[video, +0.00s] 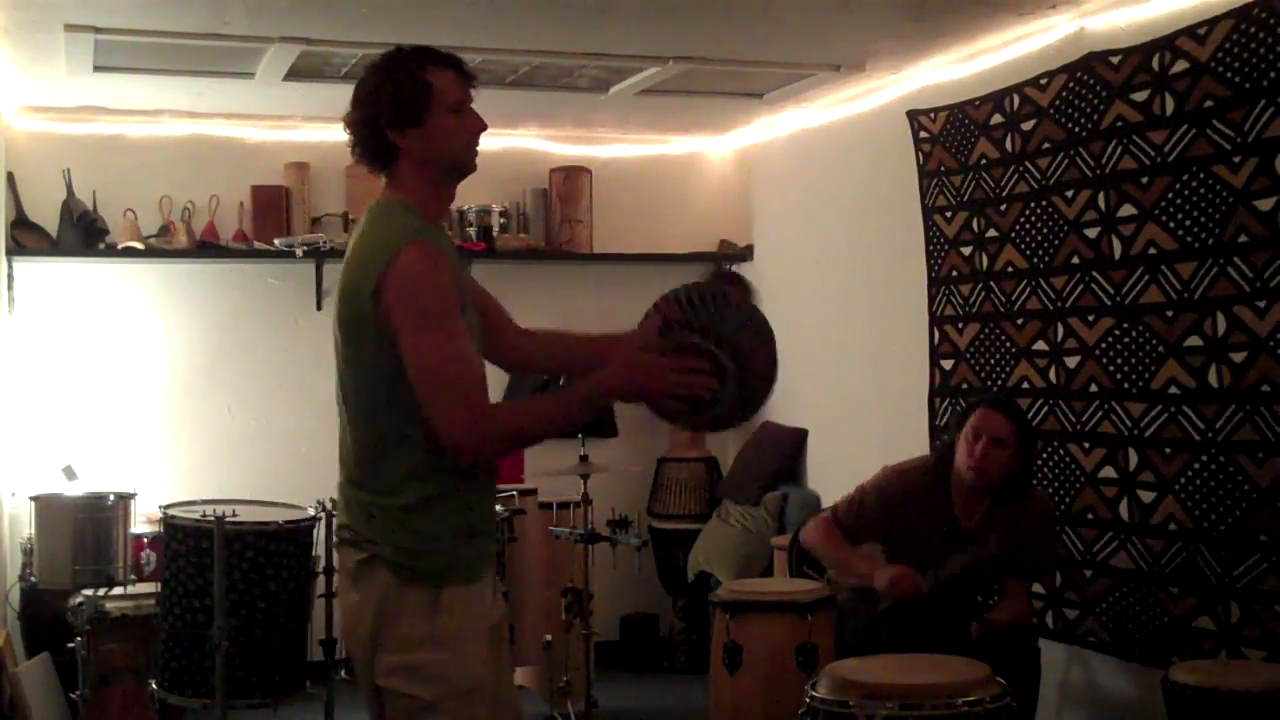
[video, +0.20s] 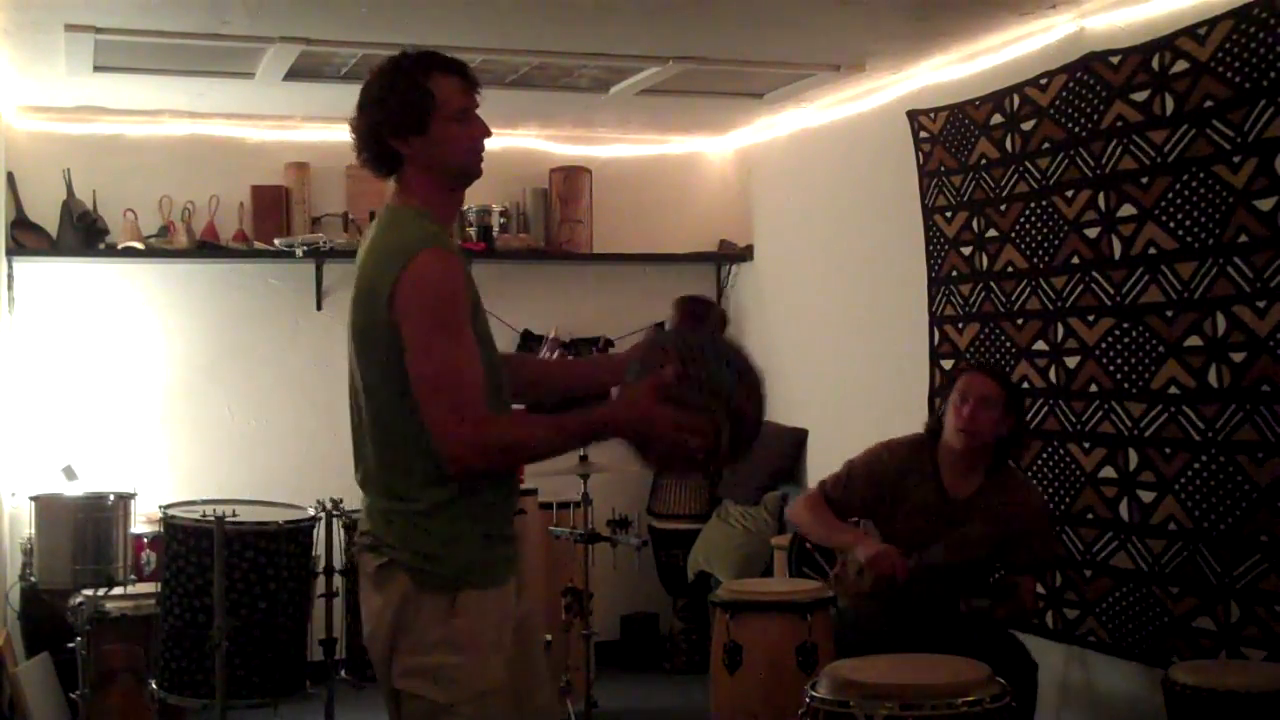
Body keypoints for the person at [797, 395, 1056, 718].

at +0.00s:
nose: (979, 452)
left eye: (997, 445)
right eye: (974, 436)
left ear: (1016, 459)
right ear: (957, 436)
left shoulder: (1028, 509)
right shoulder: (907, 483)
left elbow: (1018, 602)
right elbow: (814, 531)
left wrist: (981, 626)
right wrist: (875, 570)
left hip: (969, 618)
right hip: (896, 607)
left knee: (1019, 649)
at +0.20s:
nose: (968, 413)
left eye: (985, 405)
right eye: (961, 399)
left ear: (1004, 423)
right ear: (944, 407)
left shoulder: (1018, 496)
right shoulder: (894, 460)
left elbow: (1024, 596)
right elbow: (801, 510)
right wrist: (858, 542)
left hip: (961, 619)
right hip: (879, 609)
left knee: (1018, 670)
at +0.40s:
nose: (934, 395)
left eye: (948, 386)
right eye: (924, 386)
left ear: (973, 408)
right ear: (909, 402)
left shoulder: (997, 488)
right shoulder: (869, 464)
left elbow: (1022, 582)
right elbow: (776, 507)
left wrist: (980, 585)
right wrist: (838, 551)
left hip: (955, 621)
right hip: (874, 616)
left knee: (1005, 677)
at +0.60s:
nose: (896, 373)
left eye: (909, 368)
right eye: (884, 369)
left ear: (929, 392)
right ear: (868, 398)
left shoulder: (968, 465)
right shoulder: (837, 462)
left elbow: (1005, 543)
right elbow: (762, 521)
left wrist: (965, 567)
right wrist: (832, 536)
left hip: (944, 615)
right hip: (863, 616)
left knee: (995, 671)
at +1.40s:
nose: (895, 398)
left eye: (907, 387)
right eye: (884, 390)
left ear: (929, 399)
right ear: (869, 406)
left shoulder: (966, 472)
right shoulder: (841, 471)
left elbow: (1000, 562)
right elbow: (775, 547)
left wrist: (968, 536)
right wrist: (827, 533)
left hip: (940, 635)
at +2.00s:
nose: (883, 398)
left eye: (895, 386)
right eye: (873, 389)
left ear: (919, 400)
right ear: (859, 407)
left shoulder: (962, 469)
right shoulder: (829, 478)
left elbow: (997, 553)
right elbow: (777, 561)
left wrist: (964, 542)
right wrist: (821, 542)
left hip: (943, 636)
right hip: (859, 639)